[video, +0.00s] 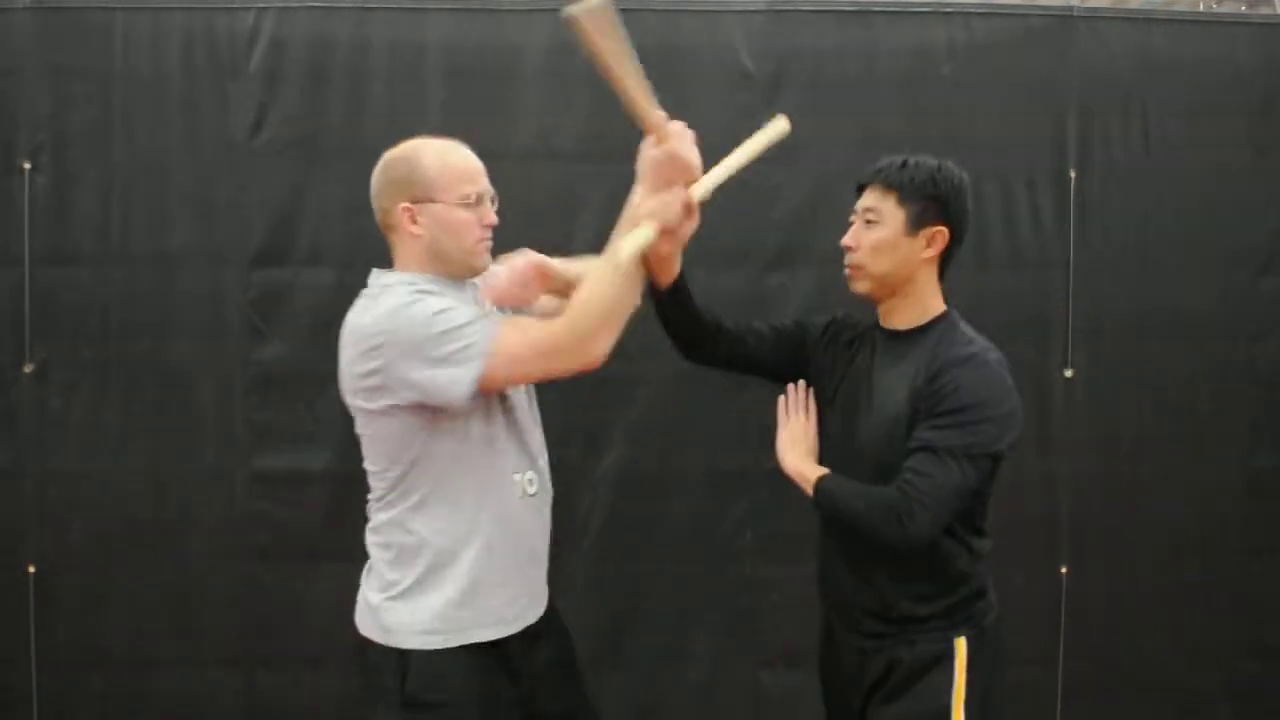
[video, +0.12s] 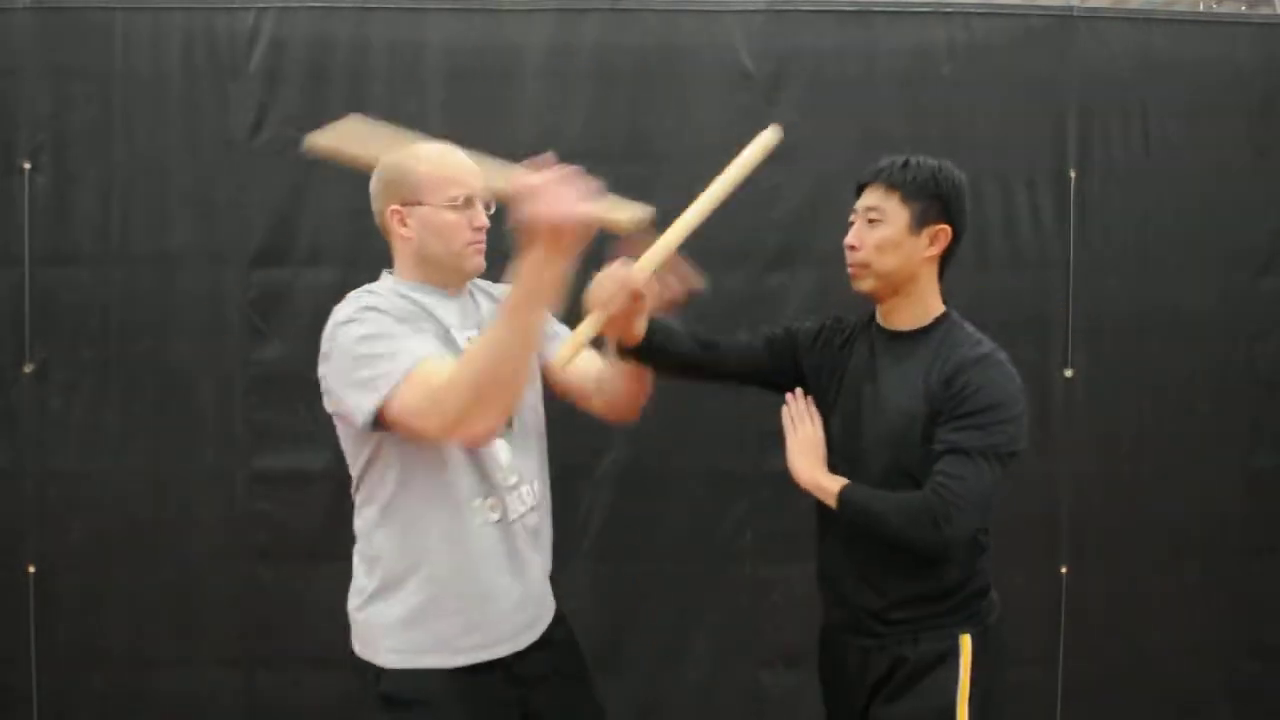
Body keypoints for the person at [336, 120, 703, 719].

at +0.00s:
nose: (493, 217)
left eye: (490, 201)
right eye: (473, 203)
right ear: (412, 219)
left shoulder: (487, 293)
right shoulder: (390, 321)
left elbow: (604, 292)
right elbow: (578, 346)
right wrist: (645, 211)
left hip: (526, 627)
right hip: (432, 649)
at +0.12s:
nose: (483, 220)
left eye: (483, 205)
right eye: (461, 205)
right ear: (401, 221)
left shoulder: (504, 306)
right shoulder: (360, 328)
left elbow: (615, 399)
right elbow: (465, 415)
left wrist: (629, 329)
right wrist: (548, 257)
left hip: (533, 631)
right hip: (425, 659)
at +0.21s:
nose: (491, 223)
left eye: (493, 206)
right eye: (468, 206)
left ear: (500, 213)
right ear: (408, 219)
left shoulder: (525, 321)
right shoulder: (357, 335)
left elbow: (615, 440)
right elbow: (406, 464)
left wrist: (651, 398)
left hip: (538, 635)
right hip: (425, 666)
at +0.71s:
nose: (581, 230)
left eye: (579, 216)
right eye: (565, 211)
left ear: (515, 220)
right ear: (512, 215)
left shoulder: (520, 309)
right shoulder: (495, 299)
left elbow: (533, 474)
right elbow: (655, 339)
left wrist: (619, 430)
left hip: (555, 624)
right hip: (484, 630)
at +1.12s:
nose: (572, 232)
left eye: (568, 216)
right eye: (558, 215)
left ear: (507, 225)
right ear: (507, 225)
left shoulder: (437, 323)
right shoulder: (553, 327)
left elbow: (532, 424)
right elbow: (672, 436)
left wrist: (620, 376)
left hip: (437, 635)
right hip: (523, 646)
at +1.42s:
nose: (520, 215)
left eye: (514, 197)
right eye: (502, 199)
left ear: (447, 219)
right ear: (445, 217)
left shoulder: (481, 277)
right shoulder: (460, 310)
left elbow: (613, 256)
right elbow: (640, 329)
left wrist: (736, 265)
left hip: (517, 613)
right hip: (454, 635)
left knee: (573, 706)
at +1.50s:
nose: (512, 213)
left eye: (507, 195)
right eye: (493, 197)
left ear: (436, 219)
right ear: (432, 216)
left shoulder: (480, 281)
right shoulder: (428, 311)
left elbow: (600, 258)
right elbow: (613, 335)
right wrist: (652, 289)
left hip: (527, 622)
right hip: (443, 641)